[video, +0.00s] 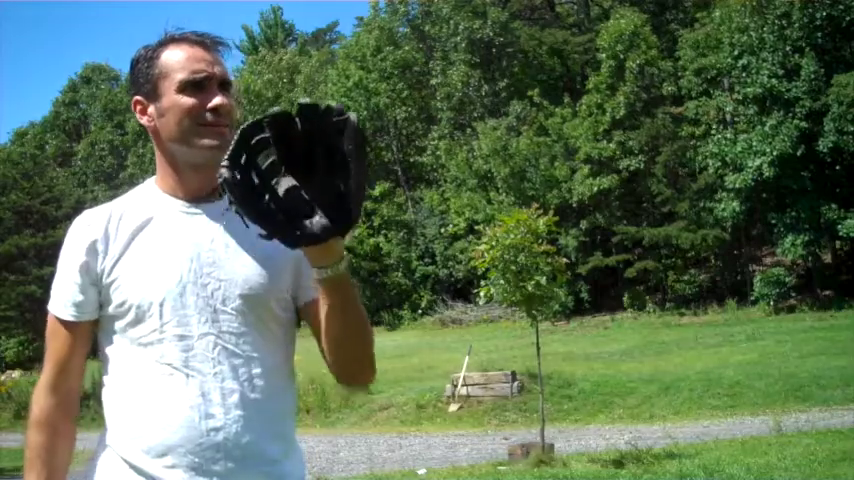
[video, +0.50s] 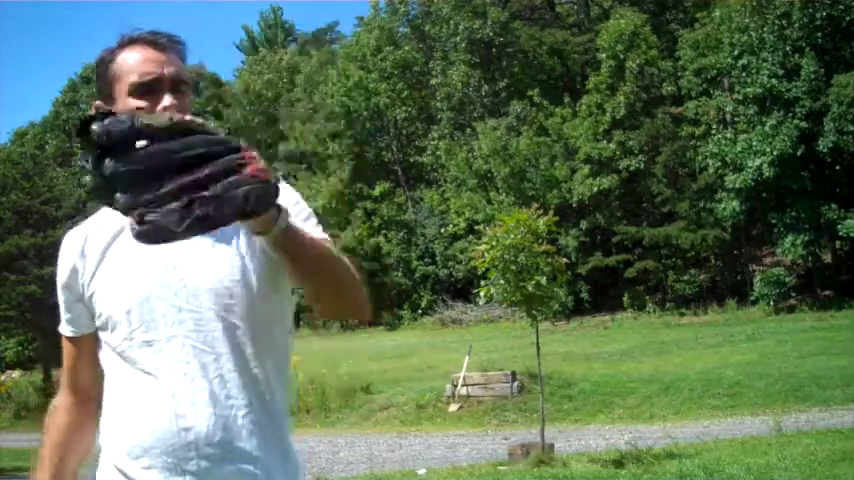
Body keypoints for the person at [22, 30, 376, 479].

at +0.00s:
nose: (220, 101)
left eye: (225, 87)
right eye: (196, 87)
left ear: (237, 101)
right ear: (146, 111)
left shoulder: (283, 223)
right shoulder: (98, 233)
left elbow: (357, 373)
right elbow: (57, 393)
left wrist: (329, 256)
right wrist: (39, 476)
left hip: (271, 469)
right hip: (141, 469)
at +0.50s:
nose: (169, 102)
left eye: (179, 88)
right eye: (147, 91)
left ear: (194, 98)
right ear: (107, 112)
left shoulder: (267, 200)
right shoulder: (87, 245)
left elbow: (354, 307)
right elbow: (77, 396)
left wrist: (273, 227)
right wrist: (48, 474)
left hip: (258, 465)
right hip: (136, 469)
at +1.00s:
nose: (120, 144)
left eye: (137, 121)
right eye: (104, 126)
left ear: (180, 116)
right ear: (92, 127)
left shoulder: (265, 217)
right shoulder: (79, 244)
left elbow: (315, 378)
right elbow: (67, 419)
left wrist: (255, 339)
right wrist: (67, 371)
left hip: (245, 468)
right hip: (123, 469)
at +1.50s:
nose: (130, 136)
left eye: (146, 115)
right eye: (113, 119)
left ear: (183, 116)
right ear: (96, 128)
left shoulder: (263, 218)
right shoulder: (79, 242)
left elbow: (318, 376)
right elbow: (57, 415)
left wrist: (268, 350)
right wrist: (50, 353)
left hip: (243, 468)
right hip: (123, 469)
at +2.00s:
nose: (152, 107)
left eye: (168, 91)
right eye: (133, 95)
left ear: (193, 111)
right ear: (106, 119)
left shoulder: (244, 203)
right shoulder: (130, 235)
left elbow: (227, 357)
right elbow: (151, 386)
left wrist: (68, 298)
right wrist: (103, 467)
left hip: (235, 469)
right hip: (134, 468)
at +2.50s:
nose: (287, 75)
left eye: (298, 59)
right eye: (264, 63)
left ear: (315, 76)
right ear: (226, 95)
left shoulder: (394, 204)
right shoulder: (195, 210)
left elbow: (467, 360)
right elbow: (27, 257)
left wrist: (336, 262)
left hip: (348, 466)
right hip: (212, 465)